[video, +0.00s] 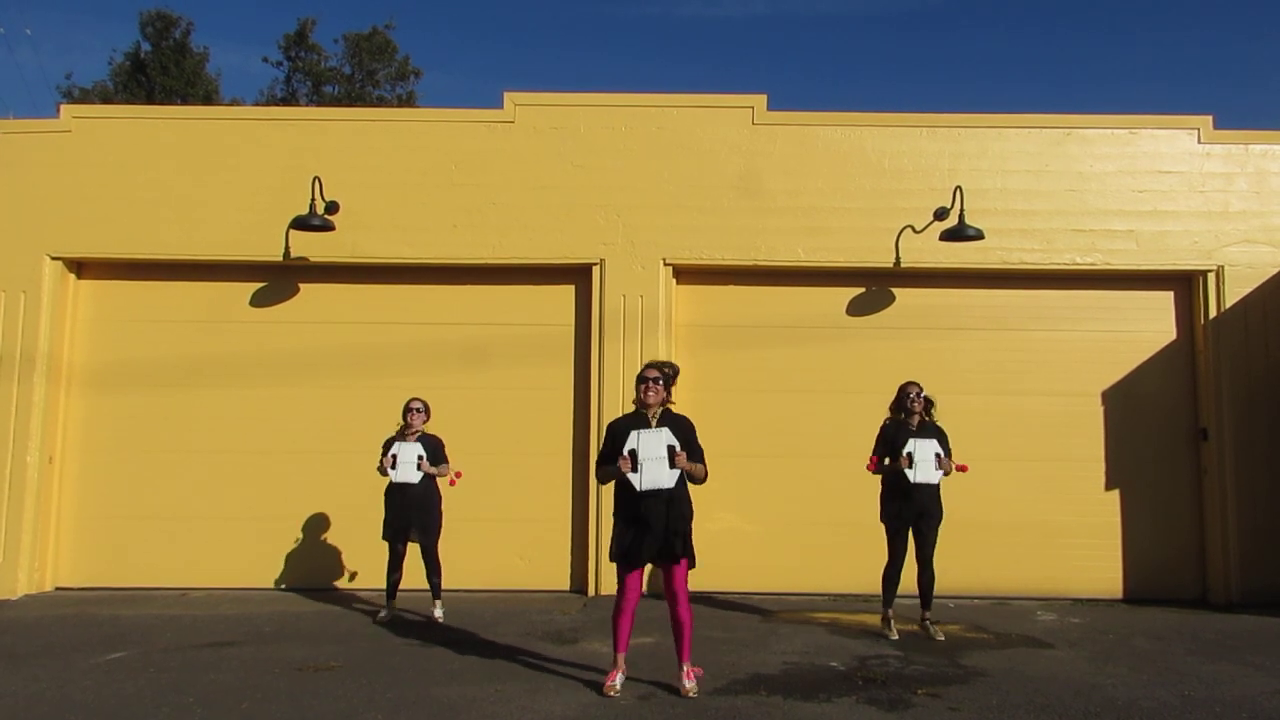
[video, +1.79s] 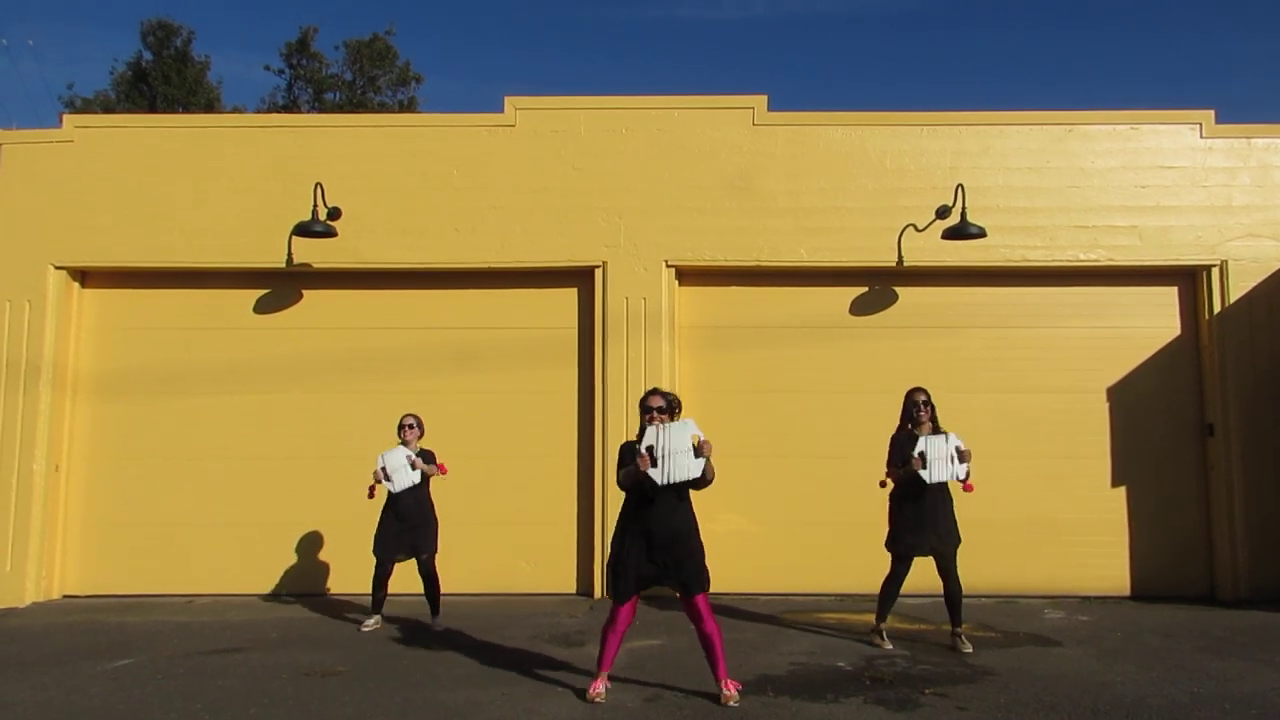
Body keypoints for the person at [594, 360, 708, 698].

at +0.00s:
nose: (649, 386)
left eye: (656, 382)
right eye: (644, 381)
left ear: (667, 390)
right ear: (636, 387)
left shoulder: (681, 425)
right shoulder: (619, 427)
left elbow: (701, 475)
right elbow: (601, 476)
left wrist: (686, 465)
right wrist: (618, 467)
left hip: (674, 524)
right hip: (632, 524)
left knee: (678, 597)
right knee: (627, 596)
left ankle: (685, 668)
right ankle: (618, 667)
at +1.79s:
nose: (653, 416)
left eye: (660, 411)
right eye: (647, 411)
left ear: (672, 415)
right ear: (640, 415)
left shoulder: (681, 447)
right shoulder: (631, 449)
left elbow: (702, 482)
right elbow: (623, 482)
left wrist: (704, 458)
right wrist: (638, 469)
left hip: (679, 540)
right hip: (636, 541)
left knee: (701, 613)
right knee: (621, 614)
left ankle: (724, 683)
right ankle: (600, 679)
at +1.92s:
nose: (660, 393)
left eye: (667, 388)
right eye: (655, 388)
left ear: (678, 392)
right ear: (647, 393)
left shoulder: (694, 423)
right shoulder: (638, 430)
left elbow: (736, 433)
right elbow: (626, 469)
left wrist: (741, 399)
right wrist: (608, 476)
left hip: (689, 522)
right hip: (647, 523)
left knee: (707, 593)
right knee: (628, 592)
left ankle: (728, 668)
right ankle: (608, 658)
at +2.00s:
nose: (665, 394)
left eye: (672, 389)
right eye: (660, 389)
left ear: (686, 392)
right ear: (653, 392)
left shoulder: (704, 417)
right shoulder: (647, 427)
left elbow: (741, 395)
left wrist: (755, 362)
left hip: (696, 515)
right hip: (654, 516)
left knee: (713, 594)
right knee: (636, 592)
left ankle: (731, 668)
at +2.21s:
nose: (684, 408)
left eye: (688, 402)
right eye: (677, 403)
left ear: (694, 402)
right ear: (665, 405)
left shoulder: (707, 427)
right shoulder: (654, 441)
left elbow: (736, 399)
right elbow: (629, 479)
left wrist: (732, 364)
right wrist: (600, 502)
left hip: (703, 526)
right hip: (661, 527)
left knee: (724, 600)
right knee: (634, 592)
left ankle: (737, 668)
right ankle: (626, 598)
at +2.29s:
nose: (670, 408)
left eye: (677, 402)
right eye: (665, 403)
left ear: (691, 404)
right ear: (659, 405)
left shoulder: (701, 432)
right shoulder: (650, 440)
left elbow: (729, 440)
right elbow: (630, 473)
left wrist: (717, 417)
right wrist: (615, 489)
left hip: (698, 523)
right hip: (655, 524)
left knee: (719, 596)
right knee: (627, 597)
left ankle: (744, 666)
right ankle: (608, 643)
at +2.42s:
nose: (666, 422)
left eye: (673, 417)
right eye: (660, 417)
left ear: (684, 420)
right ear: (653, 420)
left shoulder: (696, 453)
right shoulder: (644, 453)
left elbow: (710, 499)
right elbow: (624, 467)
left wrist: (709, 492)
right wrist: (636, 454)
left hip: (693, 544)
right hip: (650, 543)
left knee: (714, 614)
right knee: (628, 615)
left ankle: (743, 682)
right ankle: (604, 679)